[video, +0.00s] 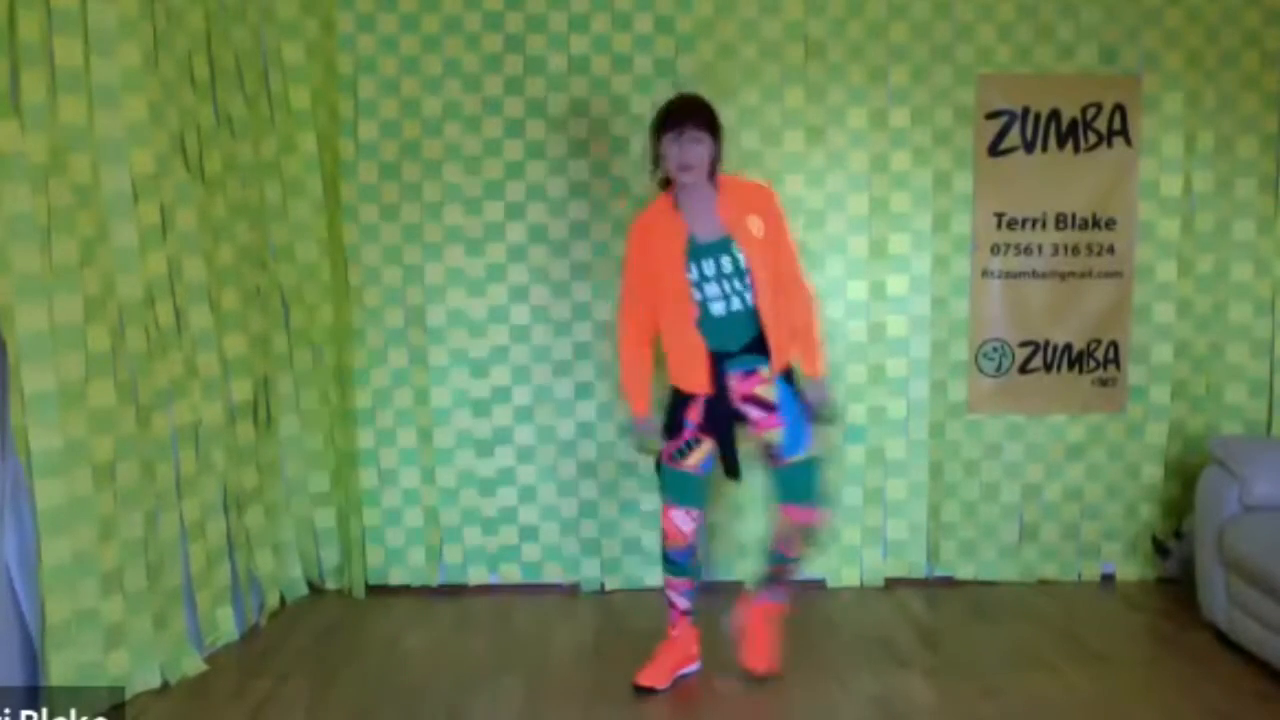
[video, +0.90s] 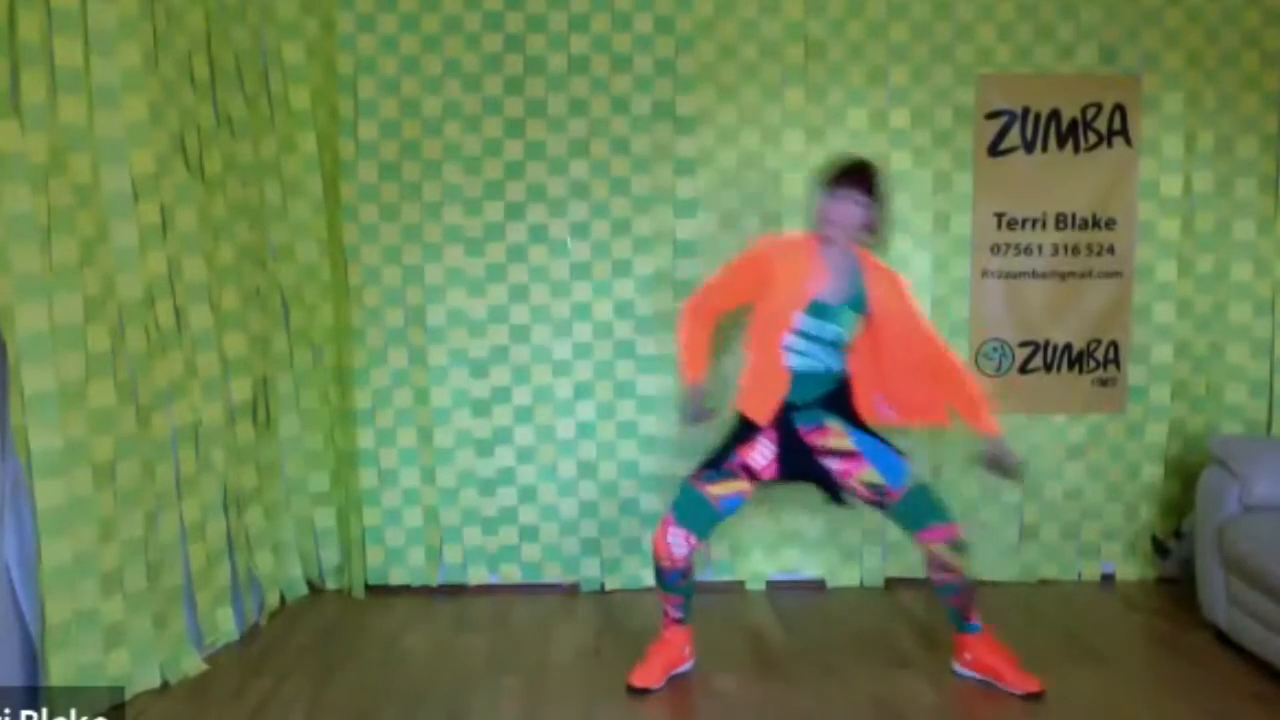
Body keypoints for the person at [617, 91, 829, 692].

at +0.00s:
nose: (686, 152)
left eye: (697, 141)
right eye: (674, 142)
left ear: (717, 149)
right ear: (660, 155)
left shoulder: (754, 201)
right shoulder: (650, 228)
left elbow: (789, 284)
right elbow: (636, 317)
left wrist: (810, 369)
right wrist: (638, 404)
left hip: (765, 369)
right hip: (695, 378)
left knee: (803, 502)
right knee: (679, 513)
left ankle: (766, 606)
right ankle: (680, 634)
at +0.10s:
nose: (708, 166)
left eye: (720, 154)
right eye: (698, 155)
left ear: (739, 160)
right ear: (684, 161)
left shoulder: (773, 218)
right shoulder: (666, 233)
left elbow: (813, 297)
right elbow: (640, 324)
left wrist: (853, 377)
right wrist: (650, 404)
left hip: (778, 388)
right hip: (704, 396)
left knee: (846, 500)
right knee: (670, 518)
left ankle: (834, 613)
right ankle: (679, 635)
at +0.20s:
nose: (746, 176)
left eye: (759, 165)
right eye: (737, 163)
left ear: (777, 175)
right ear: (721, 170)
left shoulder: (798, 237)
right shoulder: (689, 240)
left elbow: (848, 317)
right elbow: (649, 316)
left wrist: (901, 398)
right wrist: (656, 388)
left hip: (790, 407)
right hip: (713, 411)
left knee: (875, 507)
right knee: (661, 527)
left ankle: (913, 629)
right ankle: (678, 638)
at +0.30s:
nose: (849, 223)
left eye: (861, 213)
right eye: (840, 209)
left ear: (876, 222)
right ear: (821, 209)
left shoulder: (881, 293)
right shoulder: (774, 258)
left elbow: (936, 364)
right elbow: (699, 287)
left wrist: (999, 437)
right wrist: (699, 355)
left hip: (834, 441)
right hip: (755, 437)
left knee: (943, 531)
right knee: (670, 541)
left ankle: (969, 646)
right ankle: (680, 638)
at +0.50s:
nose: (932, 253)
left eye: (946, 246)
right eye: (926, 239)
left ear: (959, 262)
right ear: (904, 241)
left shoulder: (951, 337)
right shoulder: (851, 275)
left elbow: (1008, 403)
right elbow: (772, 265)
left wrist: (1080, 471)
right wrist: (764, 332)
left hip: (877, 460)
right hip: (800, 446)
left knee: (990, 530)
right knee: (691, 534)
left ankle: (977, 645)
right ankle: (682, 640)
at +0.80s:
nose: (915, 256)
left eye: (929, 249)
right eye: (909, 242)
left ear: (945, 258)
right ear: (893, 238)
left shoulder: (944, 324)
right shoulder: (846, 276)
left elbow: (999, 392)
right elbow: (762, 287)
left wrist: (1069, 463)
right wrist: (755, 357)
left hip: (868, 454)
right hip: (795, 445)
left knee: (987, 531)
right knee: (688, 537)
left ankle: (976, 646)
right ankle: (674, 638)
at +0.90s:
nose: (836, 214)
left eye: (850, 205)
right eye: (832, 201)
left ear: (869, 219)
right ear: (817, 204)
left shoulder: (879, 284)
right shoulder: (775, 258)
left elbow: (934, 356)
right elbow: (701, 308)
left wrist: (988, 432)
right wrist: (693, 381)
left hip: (833, 428)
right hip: (762, 426)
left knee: (935, 527)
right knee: (674, 536)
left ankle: (972, 643)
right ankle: (673, 639)